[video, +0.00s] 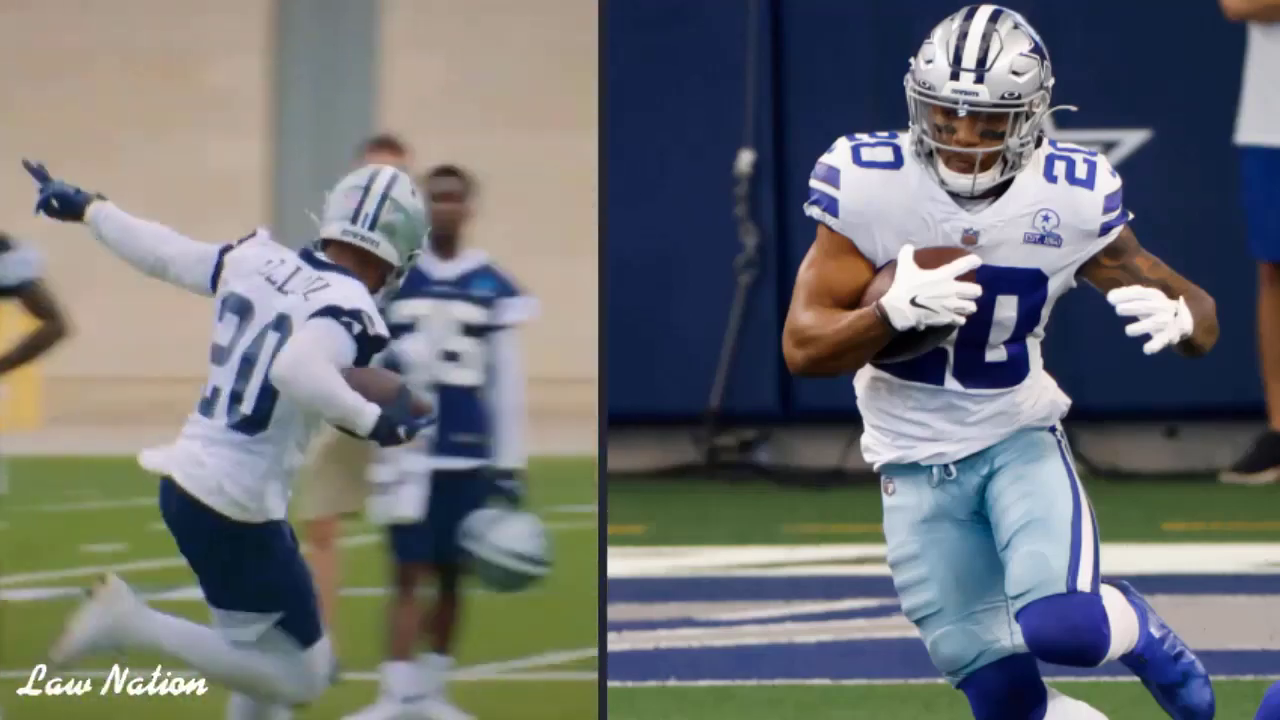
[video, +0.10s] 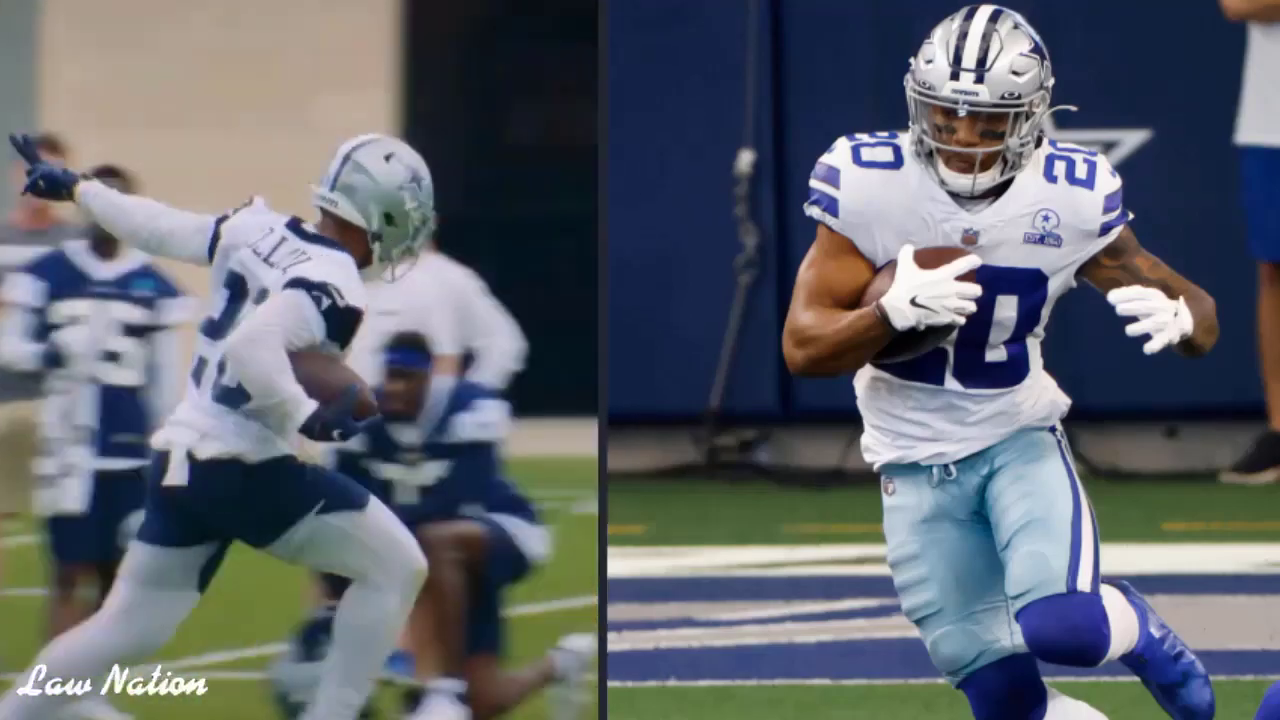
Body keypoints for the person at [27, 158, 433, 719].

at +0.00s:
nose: (396, 275)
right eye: (401, 261)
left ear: (330, 220)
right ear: (396, 254)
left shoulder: (253, 257)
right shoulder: (351, 304)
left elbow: (165, 252)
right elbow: (299, 368)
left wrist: (88, 207)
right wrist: (378, 424)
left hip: (186, 485)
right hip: (237, 509)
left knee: (258, 655)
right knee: (307, 674)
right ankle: (132, 622)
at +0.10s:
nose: (410, 235)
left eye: (412, 221)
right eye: (408, 220)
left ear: (331, 192)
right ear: (384, 217)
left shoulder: (252, 225)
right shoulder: (334, 281)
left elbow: (154, 226)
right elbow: (252, 346)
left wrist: (75, 185)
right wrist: (308, 418)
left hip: (183, 464)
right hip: (253, 472)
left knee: (131, 625)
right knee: (397, 566)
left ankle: (16, 707)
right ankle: (333, 711)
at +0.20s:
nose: (417, 225)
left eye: (420, 210)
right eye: (412, 209)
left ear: (331, 184)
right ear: (378, 205)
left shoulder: (253, 216)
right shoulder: (337, 292)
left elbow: (151, 231)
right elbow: (282, 401)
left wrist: (52, 196)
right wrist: (358, 449)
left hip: (189, 451)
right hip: (258, 470)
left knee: (140, 621)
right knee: (366, 608)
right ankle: (422, 715)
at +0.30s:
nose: (412, 224)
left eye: (413, 212)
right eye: (406, 212)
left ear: (325, 195)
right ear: (381, 214)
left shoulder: (253, 242)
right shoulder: (375, 322)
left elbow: (150, 252)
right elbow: (413, 437)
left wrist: (53, 211)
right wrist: (471, 387)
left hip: (199, 474)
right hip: (265, 495)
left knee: (248, 634)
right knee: (294, 652)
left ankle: (123, 591)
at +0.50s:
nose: (399, 171)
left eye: (396, 159)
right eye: (392, 161)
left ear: (308, 159)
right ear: (374, 169)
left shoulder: (246, 231)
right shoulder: (395, 252)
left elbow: (152, 299)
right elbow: (477, 336)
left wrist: (87, 261)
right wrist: (455, 262)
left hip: (263, 441)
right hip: (285, 453)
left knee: (363, 622)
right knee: (192, 619)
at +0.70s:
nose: (371, 161)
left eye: (370, 149)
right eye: (364, 150)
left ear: (283, 154)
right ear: (340, 161)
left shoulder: (232, 226)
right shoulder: (372, 242)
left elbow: (158, 307)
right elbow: (472, 317)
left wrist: (237, 282)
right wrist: (483, 252)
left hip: (234, 451)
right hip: (321, 454)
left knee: (180, 603)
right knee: (427, 578)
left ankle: (62, 704)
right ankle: (300, 696)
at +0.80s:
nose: (400, 162)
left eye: (396, 149)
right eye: (393, 151)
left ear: (306, 153)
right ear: (372, 160)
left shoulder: (255, 224)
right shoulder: (392, 250)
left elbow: (191, 317)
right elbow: (485, 331)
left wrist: (206, 344)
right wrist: (495, 256)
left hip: (246, 440)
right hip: (330, 452)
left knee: (192, 600)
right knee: (414, 608)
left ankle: (36, 570)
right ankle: (457, 717)